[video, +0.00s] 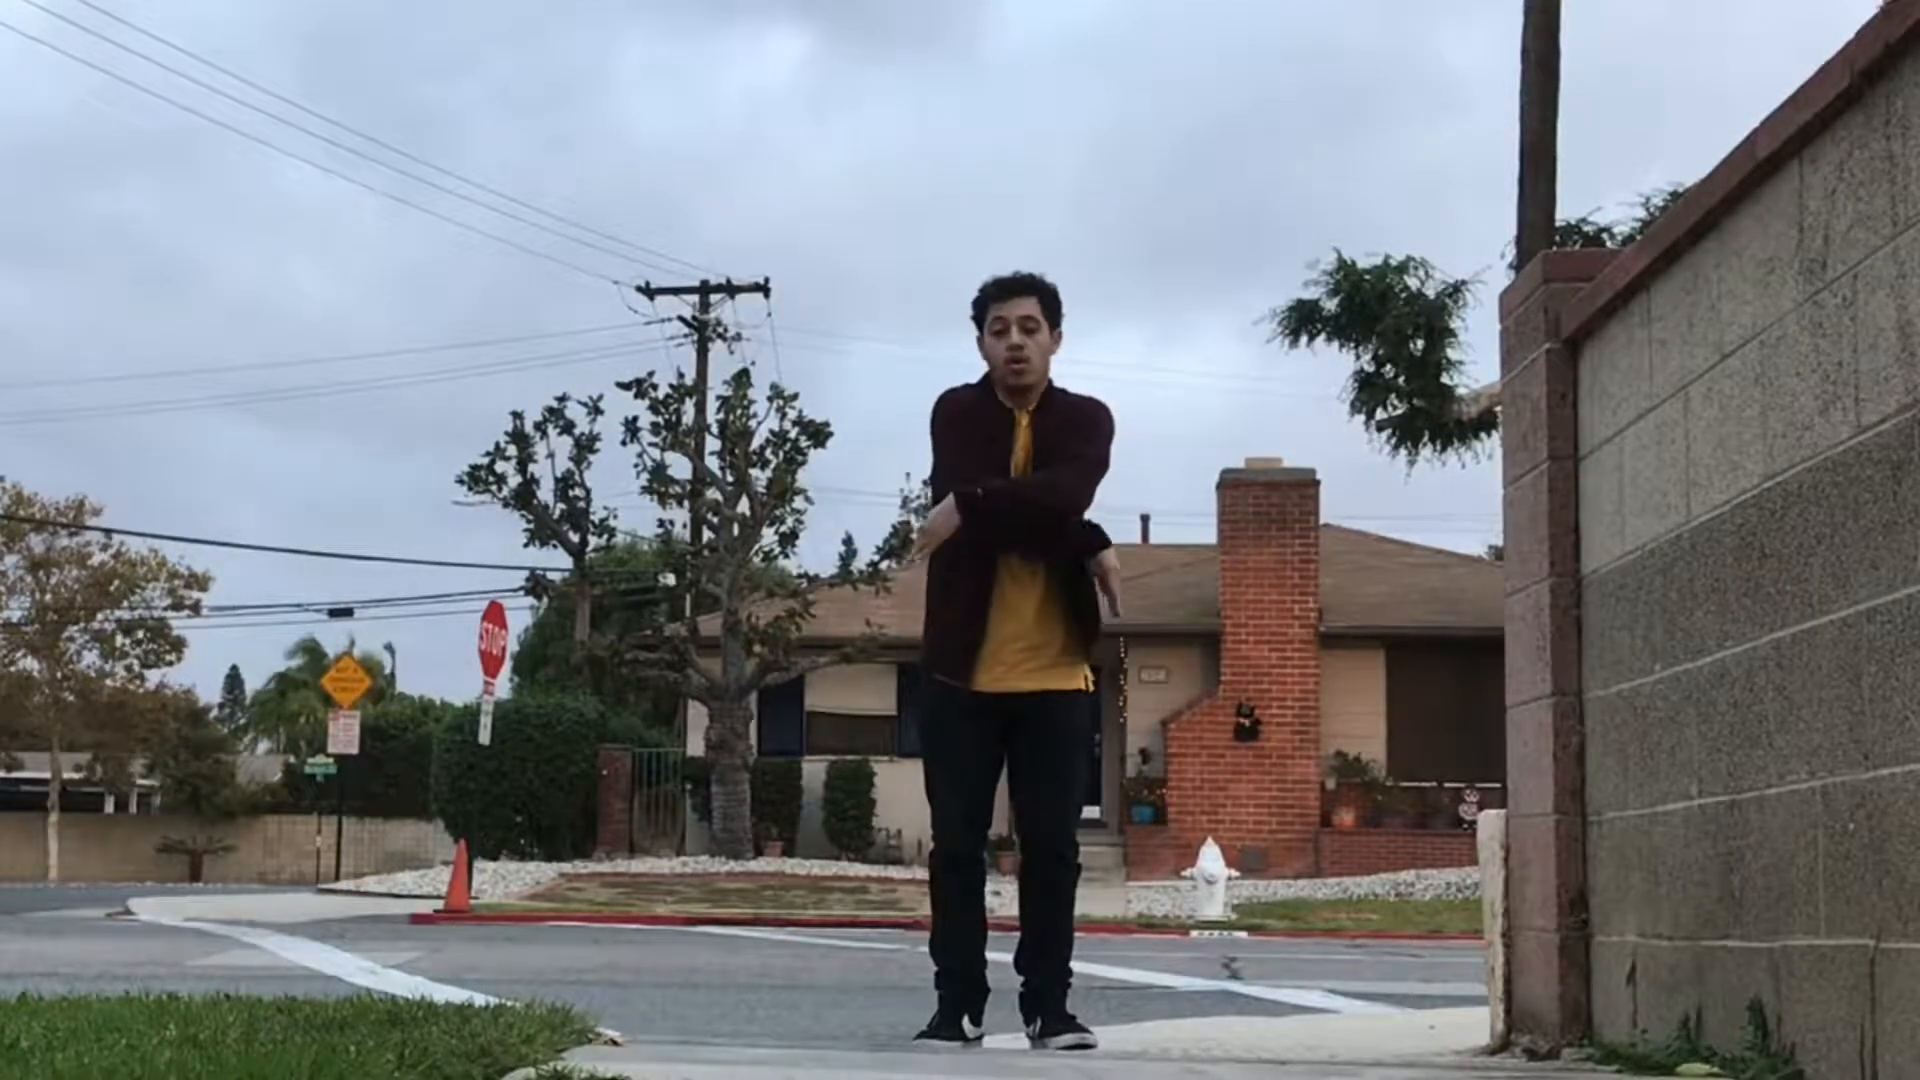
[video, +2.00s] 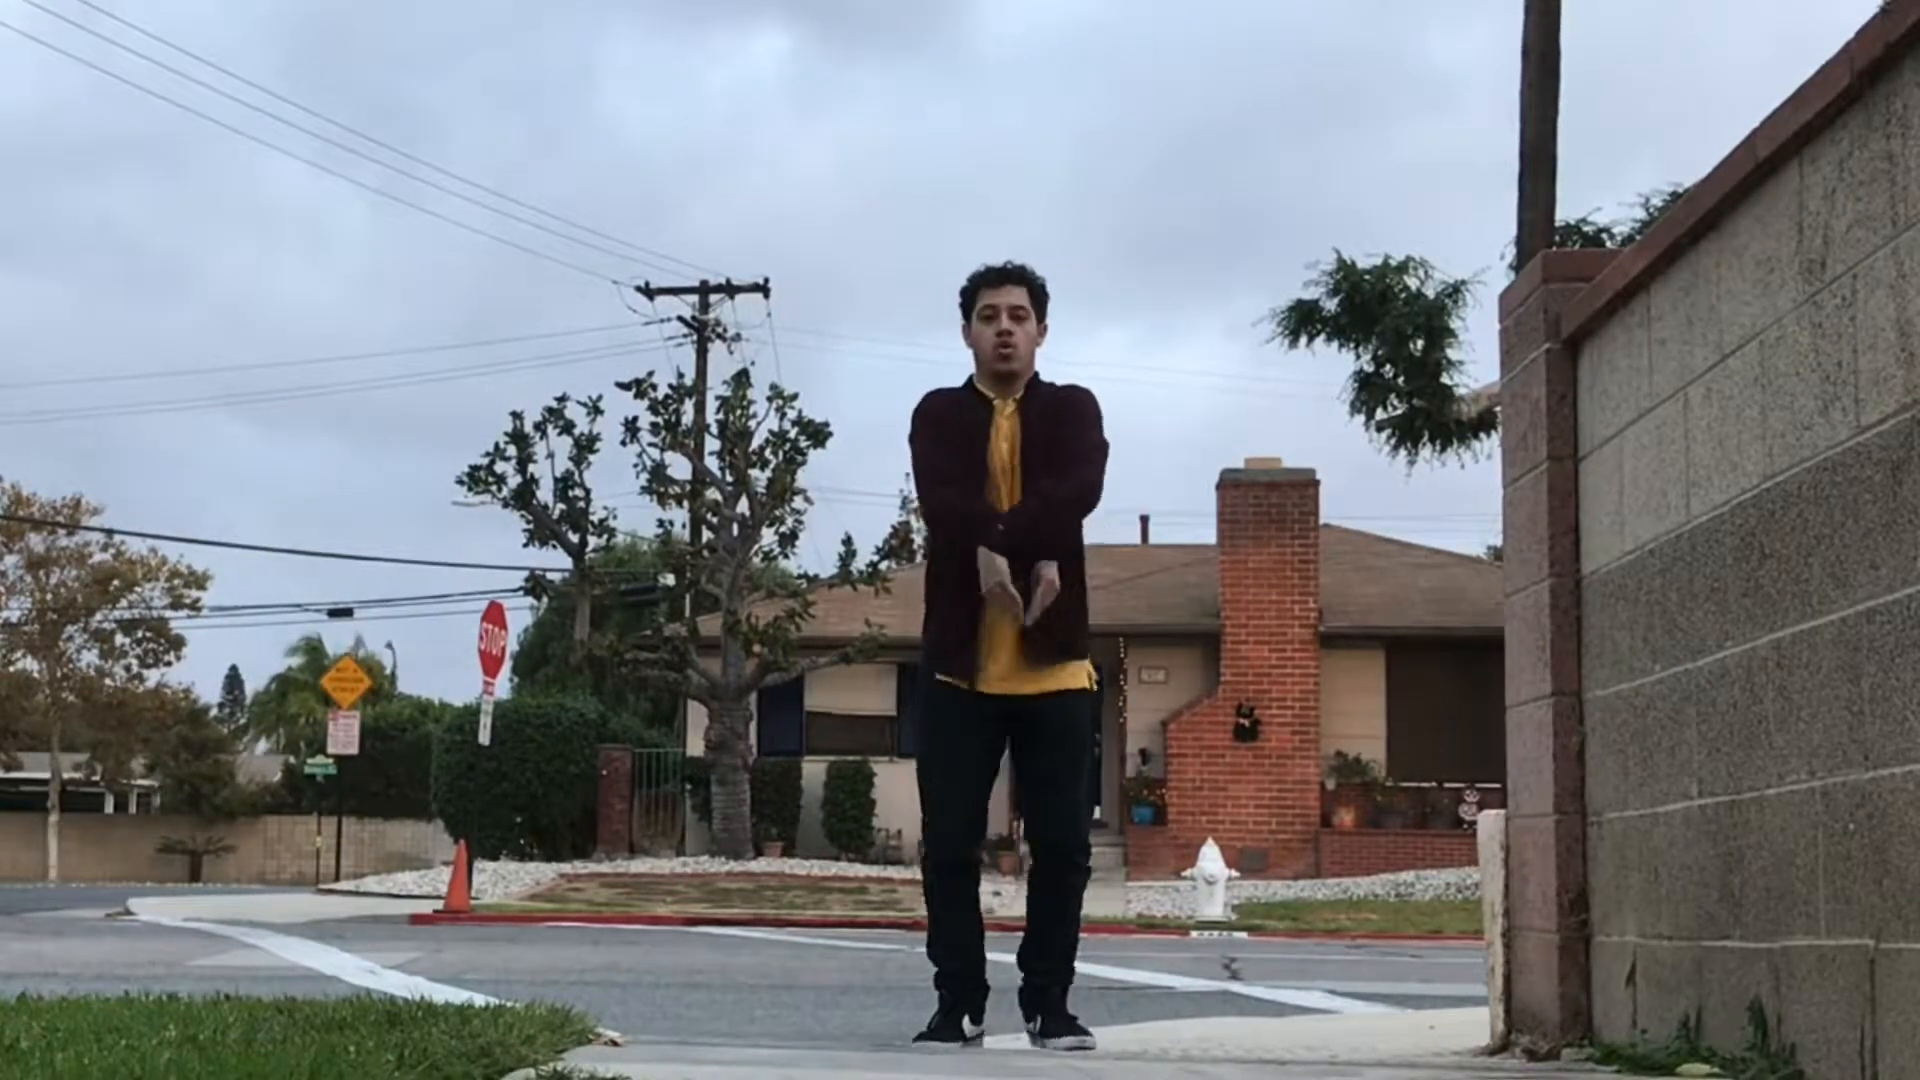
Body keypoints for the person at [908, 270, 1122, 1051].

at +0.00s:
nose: (1015, 343)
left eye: (1029, 329)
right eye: (999, 330)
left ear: (1055, 340)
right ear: (981, 342)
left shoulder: (1087, 417)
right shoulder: (956, 411)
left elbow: (1064, 497)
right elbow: (978, 516)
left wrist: (968, 504)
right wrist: (1088, 541)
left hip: (1057, 676)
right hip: (963, 672)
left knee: (1053, 851)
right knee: (957, 847)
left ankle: (1048, 1009)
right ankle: (958, 1007)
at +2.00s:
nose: (1004, 330)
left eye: (1018, 317)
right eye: (989, 317)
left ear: (1040, 331)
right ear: (968, 332)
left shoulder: (1073, 406)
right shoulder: (938, 411)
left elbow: (1081, 491)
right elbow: (942, 510)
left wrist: (997, 540)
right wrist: (1033, 558)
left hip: (1054, 667)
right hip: (960, 668)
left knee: (1062, 847)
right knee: (949, 846)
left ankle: (1048, 1007)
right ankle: (959, 1007)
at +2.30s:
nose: (1009, 338)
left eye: (1023, 325)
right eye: (993, 326)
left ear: (1044, 341)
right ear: (972, 341)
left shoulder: (1077, 419)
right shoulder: (940, 422)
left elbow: (1100, 501)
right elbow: (925, 512)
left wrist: (999, 533)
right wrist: (1023, 540)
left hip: (1058, 676)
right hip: (957, 675)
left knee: (1096, 821)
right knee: (921, 825)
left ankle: (1057, 979)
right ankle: (956, 981)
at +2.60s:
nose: (1010, 326)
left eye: (1025, 313)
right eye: (996, 313)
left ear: (1048, 328)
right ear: (976, 328)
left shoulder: (1086, 418)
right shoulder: (941, 418)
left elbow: (1079, 518)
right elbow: (940, 521)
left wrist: (1022, 582)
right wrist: (987, 589)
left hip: (1058, 675)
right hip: (960, 672)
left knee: (1061, 848)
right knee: (956, 847)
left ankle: (1054, 1008)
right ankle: (958, 1010)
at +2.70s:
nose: (1011, 319)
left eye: (1025, 308)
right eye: (997, 308)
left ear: (1049, 325)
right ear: (975, 325)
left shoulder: (1087, 420)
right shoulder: (937, 424)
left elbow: (1111, 528)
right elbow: (908, 527)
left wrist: (1129, 620)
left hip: (1061, 673)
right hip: (962, 676)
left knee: (1058, 849)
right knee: (958, 848)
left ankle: (1055, 1010)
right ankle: (958, 1010)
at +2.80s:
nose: (1009, 320)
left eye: (1024, 308)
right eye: (995, 308)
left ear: (1047, 324)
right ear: (975, 324)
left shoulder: (1089, 416)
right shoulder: (932, 417)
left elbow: (1177, 487)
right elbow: (836, 474)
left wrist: (1276, 533)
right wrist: (747, 520)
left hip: (1061, 674)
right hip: (962, 674)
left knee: (1059, 850)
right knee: (960, 849)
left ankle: (1058, 1012)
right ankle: (959, 1013)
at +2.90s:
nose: (1008, 319)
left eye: (1023, 307)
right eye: (995, 307)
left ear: (1048, 323)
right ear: (972, 321)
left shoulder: (1094, 407)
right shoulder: (923, 409)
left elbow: (1210, 420)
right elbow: (818, 416)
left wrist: (1322, 393)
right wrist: (725, 392)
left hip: (1060, 670)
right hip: (958, 668)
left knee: (1058, 846)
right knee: (961, 842)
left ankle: (1055, 1013)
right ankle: (960, 1012)